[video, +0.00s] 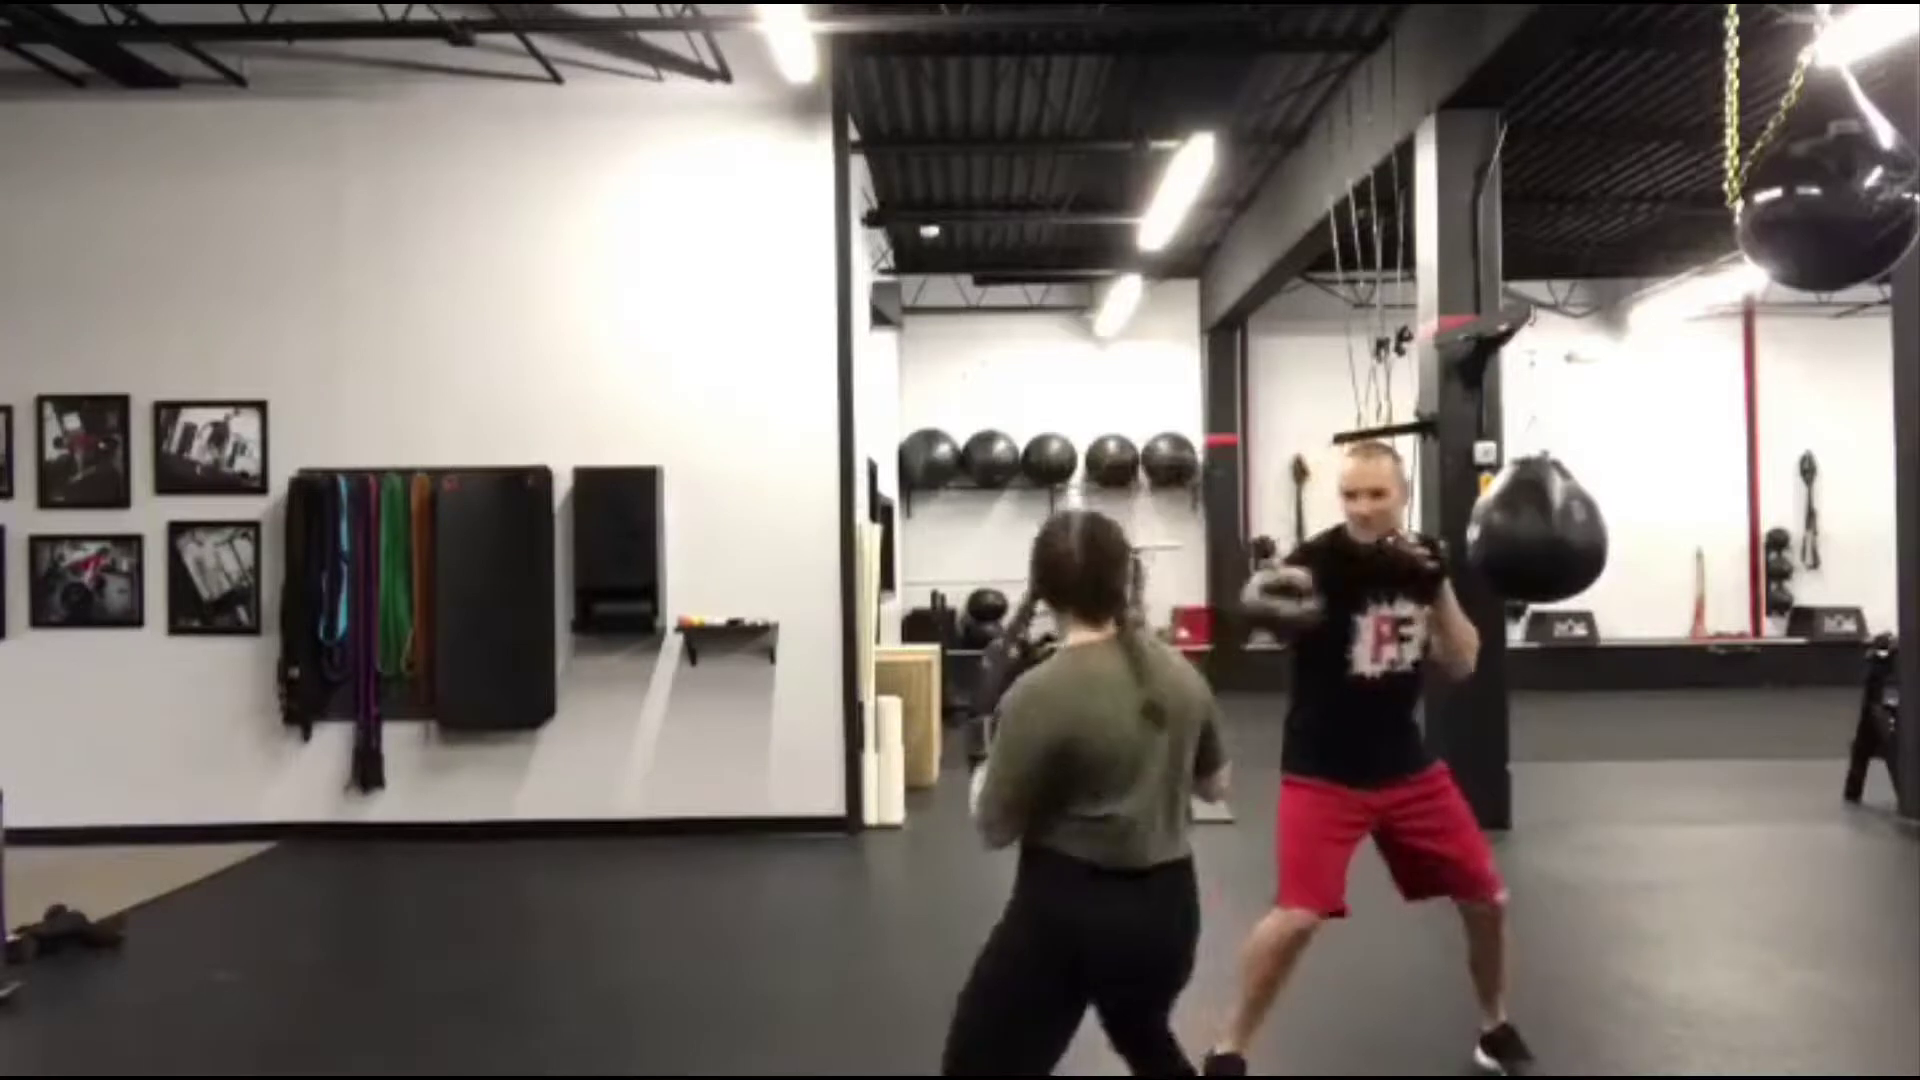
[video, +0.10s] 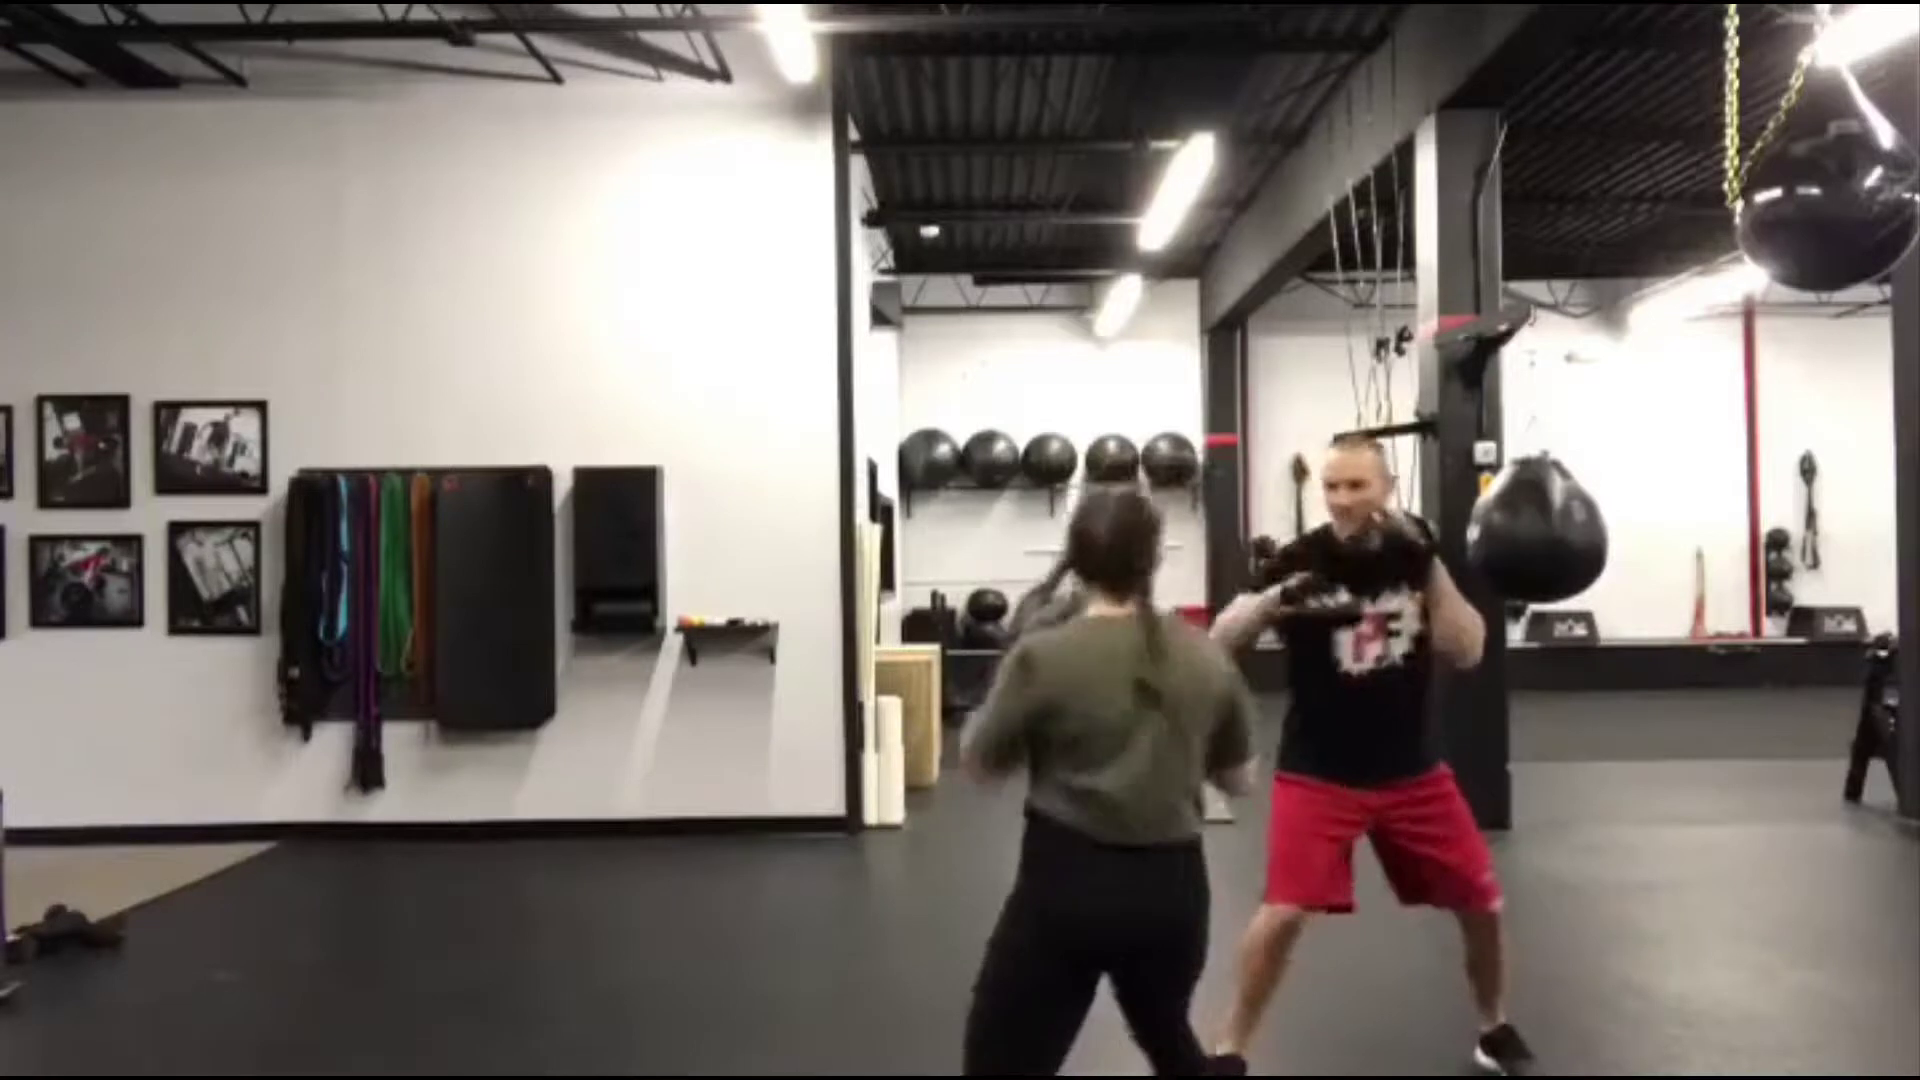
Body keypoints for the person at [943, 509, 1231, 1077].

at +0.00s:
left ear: (1045, 590)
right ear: (1124, 576)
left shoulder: (1041, 695)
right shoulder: (1178, 673)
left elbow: (995, 823)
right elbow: (1213, 779)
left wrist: (998, 738)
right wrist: (1138, 741)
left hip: (1061, 918)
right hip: (1164, 910)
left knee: (980, 1062)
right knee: (1146, 1035)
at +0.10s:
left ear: (1076, 559)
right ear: (1153, 555)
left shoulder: (1043, 657)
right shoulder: (1204, 657)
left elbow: (983, 759)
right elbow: (1234, 771)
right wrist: (1167, 722)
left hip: (1064, 891)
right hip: (1171, 893)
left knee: (1003, 1060)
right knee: (1169, 1033)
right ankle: (1204, 1073)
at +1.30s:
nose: (1178, 501)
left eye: (1184, 491)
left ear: (1190, 502)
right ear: (1264, 504)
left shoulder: (1170, 594)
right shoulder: (1291, 587)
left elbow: (1110, 701)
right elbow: (1299, 667)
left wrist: (1105, 649)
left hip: (1233, 821)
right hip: (1306, 810)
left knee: (1202, 983)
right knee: (1252, 959)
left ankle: (1224, 1067)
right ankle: (1245, 1063)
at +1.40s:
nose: (1173, 543)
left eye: (1179, 532)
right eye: (1180, 530)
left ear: (1189, 544)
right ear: (1258, 541)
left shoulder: (1174, 636)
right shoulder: (1283, 629)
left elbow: (1115, 741)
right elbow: (1289, 720)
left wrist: (1100, 698)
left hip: (1230, 856)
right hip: (1296, 843)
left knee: (1195, 1025)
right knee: (1233, 1009)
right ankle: (1230, 1067)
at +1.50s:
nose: (1171, 557)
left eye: (1176, 545)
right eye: (1175, 544)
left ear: (1190, 555)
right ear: (1252, 551)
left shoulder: (1186, 649)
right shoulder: (1277, 635)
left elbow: (1129, 766)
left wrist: (1110, 702)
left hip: (1233, 862)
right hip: (1289, 844)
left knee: (1176, 991)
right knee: (1237, 1000)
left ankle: (1215, 1071)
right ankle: (1236, 1068)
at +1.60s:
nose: (1168, 513)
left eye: (1173, 500)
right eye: (1169, 501)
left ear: (1192, 505)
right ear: (1248, 503)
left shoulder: (1206, 589)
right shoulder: (1266, 577)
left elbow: (1148, 716)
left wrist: (1127, 678)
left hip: (1252, 818)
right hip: (1294, 804)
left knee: (1207, 972)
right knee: (1256, 971)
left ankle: (1237, 1068)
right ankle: (1261, 1063)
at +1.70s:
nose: (1176, 488)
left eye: (1182, 475)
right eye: (1179, 475)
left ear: (1206, 481)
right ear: (1258, 477)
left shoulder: (1220, 557)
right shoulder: (1282, 544)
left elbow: (1159, 680)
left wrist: (1132, 639)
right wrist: (1185, 560)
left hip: (1272, 787)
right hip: (1313, 773)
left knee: (1240, 965)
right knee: (1276, 965)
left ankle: (1260, 1062)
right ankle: (1297, 1054)